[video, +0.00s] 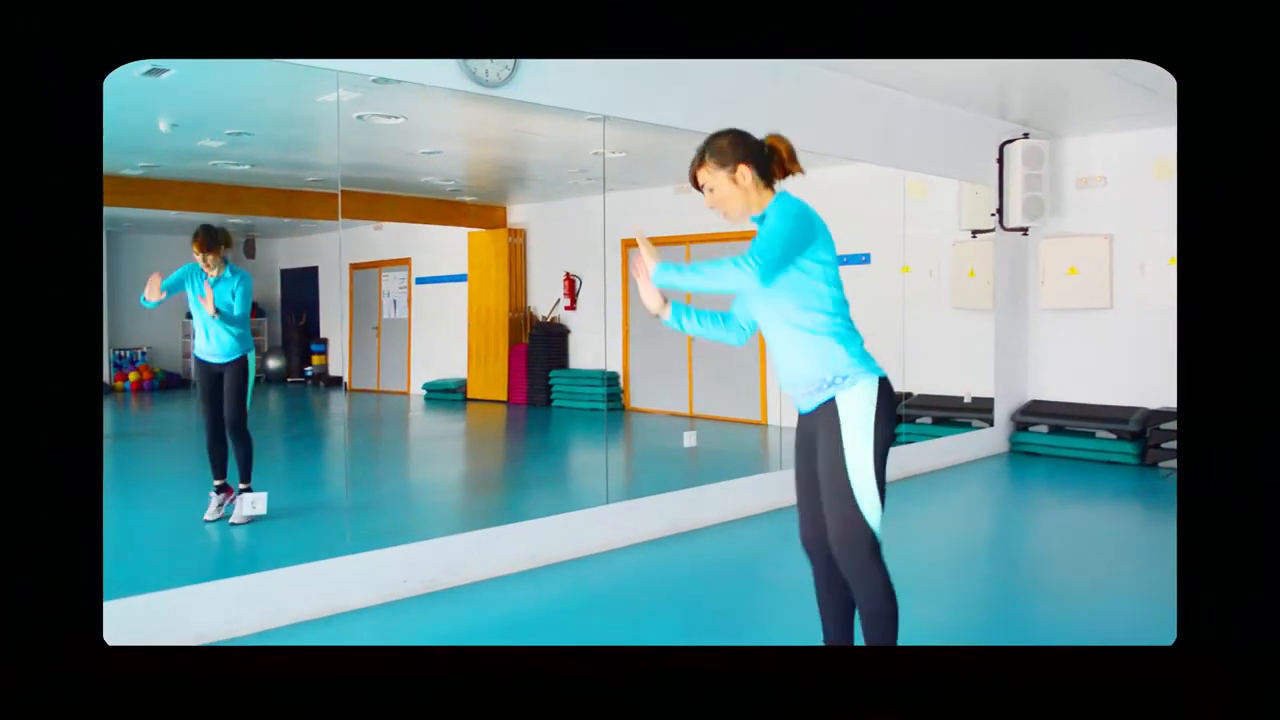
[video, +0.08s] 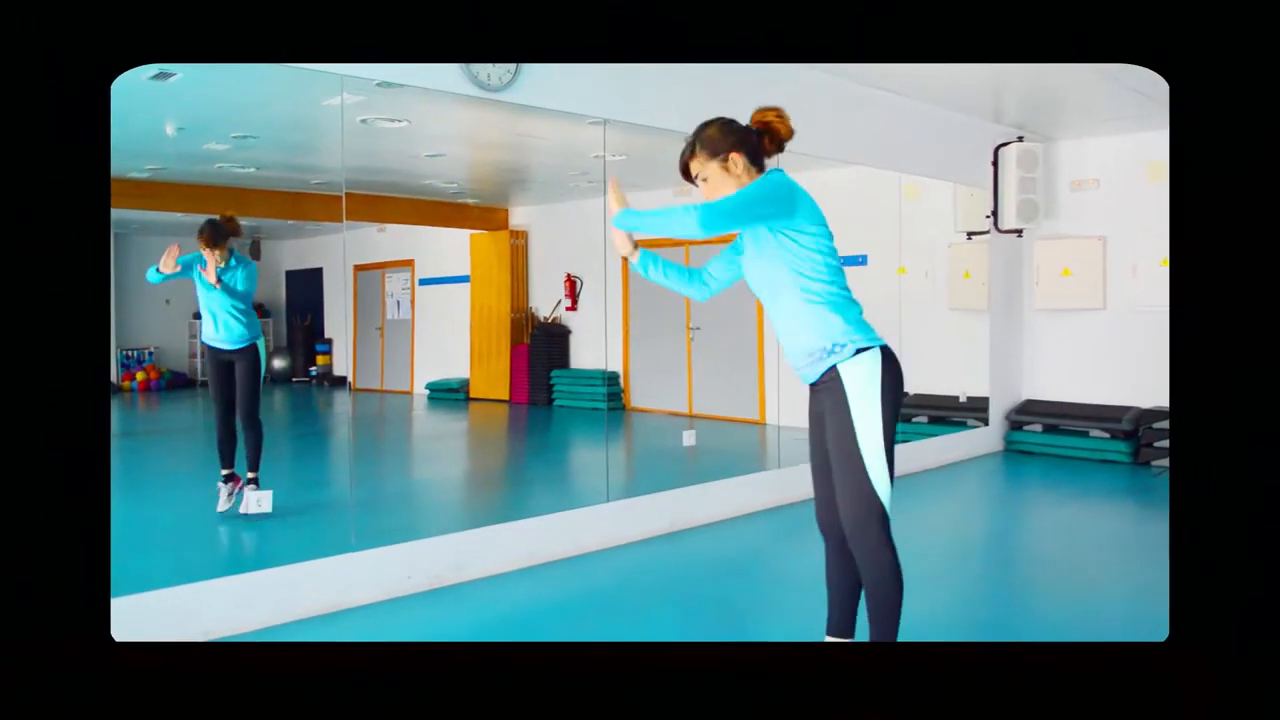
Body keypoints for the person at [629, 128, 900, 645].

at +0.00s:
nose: (709, 203)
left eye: (709, 187)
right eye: (703, 192)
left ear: (743, 173)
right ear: (742, 178)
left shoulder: (792, 213)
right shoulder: (765, 246)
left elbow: (752, 271)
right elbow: (739, 329)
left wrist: (660, 271)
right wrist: (666, 309)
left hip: (853, 397)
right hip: (815, 408)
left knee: (853, 545)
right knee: (819, 543)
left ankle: (882, 645)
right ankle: (839, 645)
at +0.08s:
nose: (702, 192)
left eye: (702, 178)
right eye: (696, 183)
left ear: (735, 161)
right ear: (734, 165)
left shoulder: (779, 190)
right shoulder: (754, 235)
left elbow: (703, 218)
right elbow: (700, 284)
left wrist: (623, 214)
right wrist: (633, 253)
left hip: (857, 369)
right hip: (826, 379)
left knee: (864, 522)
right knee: (834, 523)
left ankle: (883, 641)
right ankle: (838, 638)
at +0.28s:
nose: (704, 237)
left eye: (704, 225)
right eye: (699, 227)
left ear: (732, 213)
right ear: (738, 213)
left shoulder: (764, 241)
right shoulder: (757, 247)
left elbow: (668, 227)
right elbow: (676, 229)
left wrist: (590, 192)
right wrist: (606, 216)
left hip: (851, 415)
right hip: (826, 421)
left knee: (880, 556)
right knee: (841, 553)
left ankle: (922, 631)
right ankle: (878, 633)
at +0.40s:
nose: (689, 251)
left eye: (691, 238)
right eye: (685, 242)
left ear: (721, 225)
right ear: (723, 227)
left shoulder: (755, 257)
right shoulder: (755, 260)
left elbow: (672, 289)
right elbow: (678, 289)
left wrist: (560, 281)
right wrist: (613, 299)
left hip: (835, 414)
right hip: (825, 416)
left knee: (807, 557)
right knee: (825, 549)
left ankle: (869, 625)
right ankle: (868, 625)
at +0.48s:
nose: (673, 243)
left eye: (674, 229)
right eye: (668, 234)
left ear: (705, 217)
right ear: (708, 219)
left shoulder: (735, 254)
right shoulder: (746, 255)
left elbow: (675, 323)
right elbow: (716, 336)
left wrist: (601, 380)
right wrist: (667, 382)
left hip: (811, 404)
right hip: (825, 401)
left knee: (748, 535)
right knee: (837, 534)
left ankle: (794, 620)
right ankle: (868, 619)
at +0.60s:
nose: (642, 253)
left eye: (647, 241)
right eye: (640, 244)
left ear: (679, 236)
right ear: (679, 238)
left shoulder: (698, 286)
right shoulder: (719, 274)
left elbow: (732, 375)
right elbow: (756, 358)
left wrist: (739, 467)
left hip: (774, 424)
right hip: (798, 416)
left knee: (684, 536)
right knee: (832, 543)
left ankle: (671, 614)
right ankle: (864, 615)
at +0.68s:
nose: (622, 269)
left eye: (627, 257)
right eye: (621, 259)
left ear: (658, 258)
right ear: (659, 259)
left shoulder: (684, 310)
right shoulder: (702, 297)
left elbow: (753, 367)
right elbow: (771, 341)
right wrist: (830, 383)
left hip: (742, 450)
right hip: (763, 443)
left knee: (641, 543)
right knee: (809, 550)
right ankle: (853, 609)